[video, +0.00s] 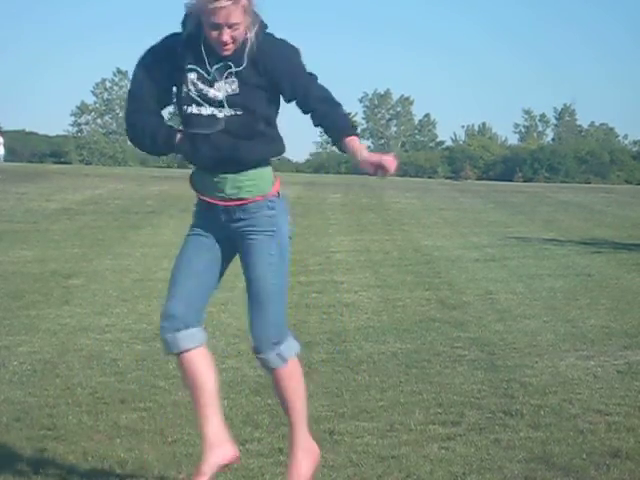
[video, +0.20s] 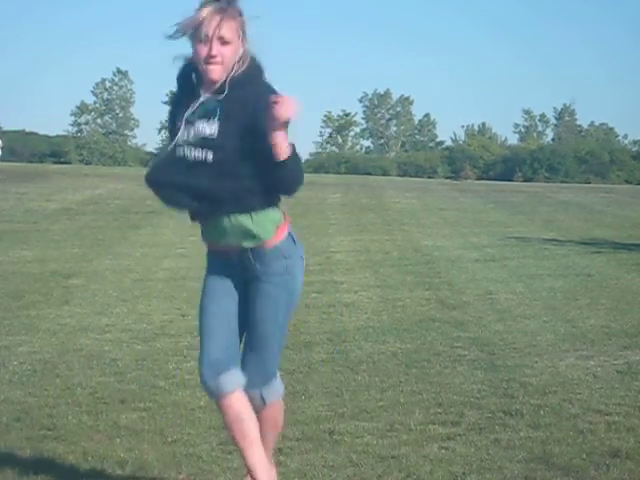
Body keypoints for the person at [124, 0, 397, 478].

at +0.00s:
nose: (225, 36)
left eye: (234, 25)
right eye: (215, 26)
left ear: (250, 16)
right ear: (198, 18)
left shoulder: (271, 53)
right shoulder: (173, 52)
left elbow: (316, 99)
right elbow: (139, 122)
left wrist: (359, 153)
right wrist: (185, 142)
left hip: (260, 212)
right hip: (209, 213)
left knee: (269, 339)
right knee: (179, 324)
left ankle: (304, 445)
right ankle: (217, 442)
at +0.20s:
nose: (211, 50)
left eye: (222, 41)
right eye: (202, 40)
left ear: (241, 47)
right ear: (192, 46)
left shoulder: (257, 98)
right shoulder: (187, 96)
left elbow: (288, 183)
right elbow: (177, 165)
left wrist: (278, 133)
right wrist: (192, 199)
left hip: (272, 258)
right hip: (221, 259)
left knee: (260, 378)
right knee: (218, 374)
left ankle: (264, 467)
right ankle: (263, 473)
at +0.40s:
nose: (215, 54)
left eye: (227, 46)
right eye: (207, 45)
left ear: (247, 53)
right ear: (200, 52)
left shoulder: (250, 93)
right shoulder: (210, 102)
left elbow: (231, 143)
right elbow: (215, 150)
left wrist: (173, 158)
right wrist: (176, 151)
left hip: (273, 273)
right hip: (216, 269)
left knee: (252, 402)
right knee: (204, 393)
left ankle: (270, 424)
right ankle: (260, 477)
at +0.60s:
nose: (206, 11)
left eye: (217, 0)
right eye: (198, 2)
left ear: (244, 1)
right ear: (190, 5)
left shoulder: (262, 57)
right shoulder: (188, 54)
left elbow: (299, 138)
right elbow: (170, 121)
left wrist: (246, 129)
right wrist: (177, 163)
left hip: (262, 207)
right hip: (241, 210)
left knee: (226, 341)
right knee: (236, 341)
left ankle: (305, 449)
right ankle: (254, 462)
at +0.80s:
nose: (196, 58)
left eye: (205, 48)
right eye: (193, 49)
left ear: (237, 48)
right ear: (193, 49)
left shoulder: (234, 97)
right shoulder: (225, 95)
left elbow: (275, 169)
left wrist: (328, 239)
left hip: (252, 270)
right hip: (251, 266)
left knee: (219, 397)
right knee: (234, 392)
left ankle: (248, 478)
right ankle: (266, 475)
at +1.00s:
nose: (189, 103)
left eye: (194, 93)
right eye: (189, 94)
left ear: (226, 90)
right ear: (222, 91)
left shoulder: (264, 138)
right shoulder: (218, 146)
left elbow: (267, 217)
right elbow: (225, 213)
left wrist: (222, 237)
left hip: (263, 308)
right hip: (236, 309)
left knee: (188, 418)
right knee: (200, 417)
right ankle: (255, 476)